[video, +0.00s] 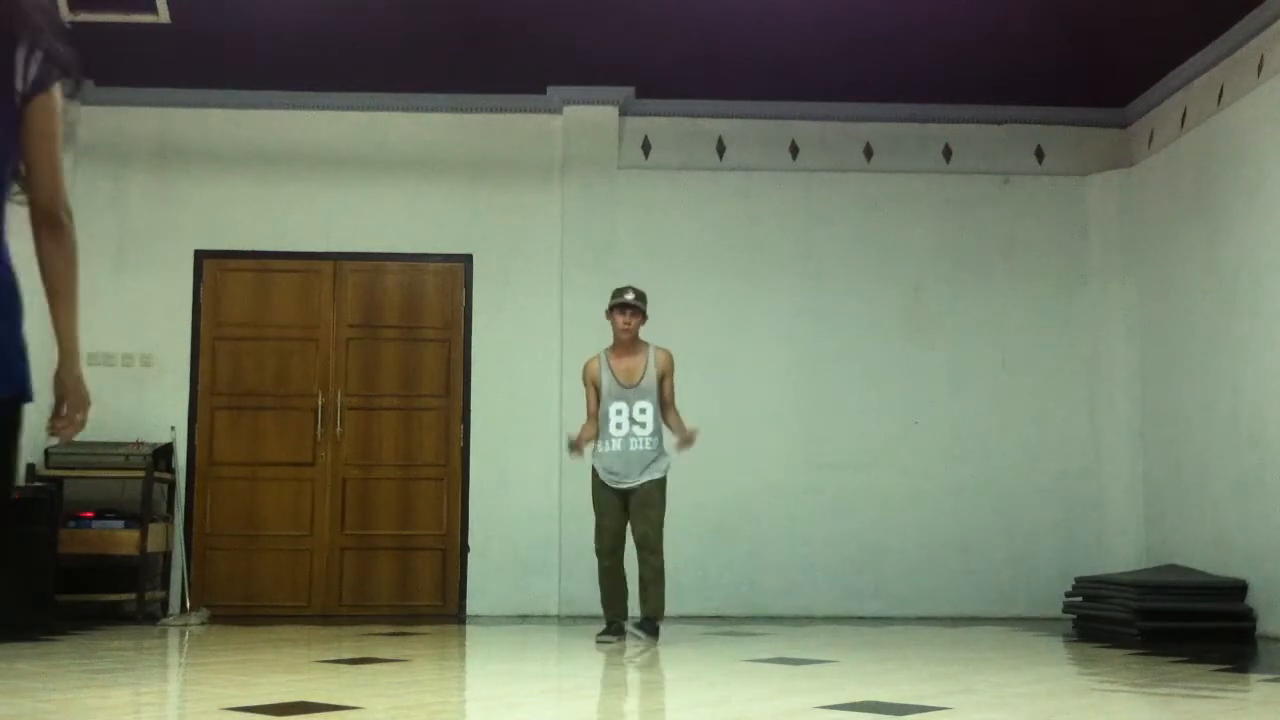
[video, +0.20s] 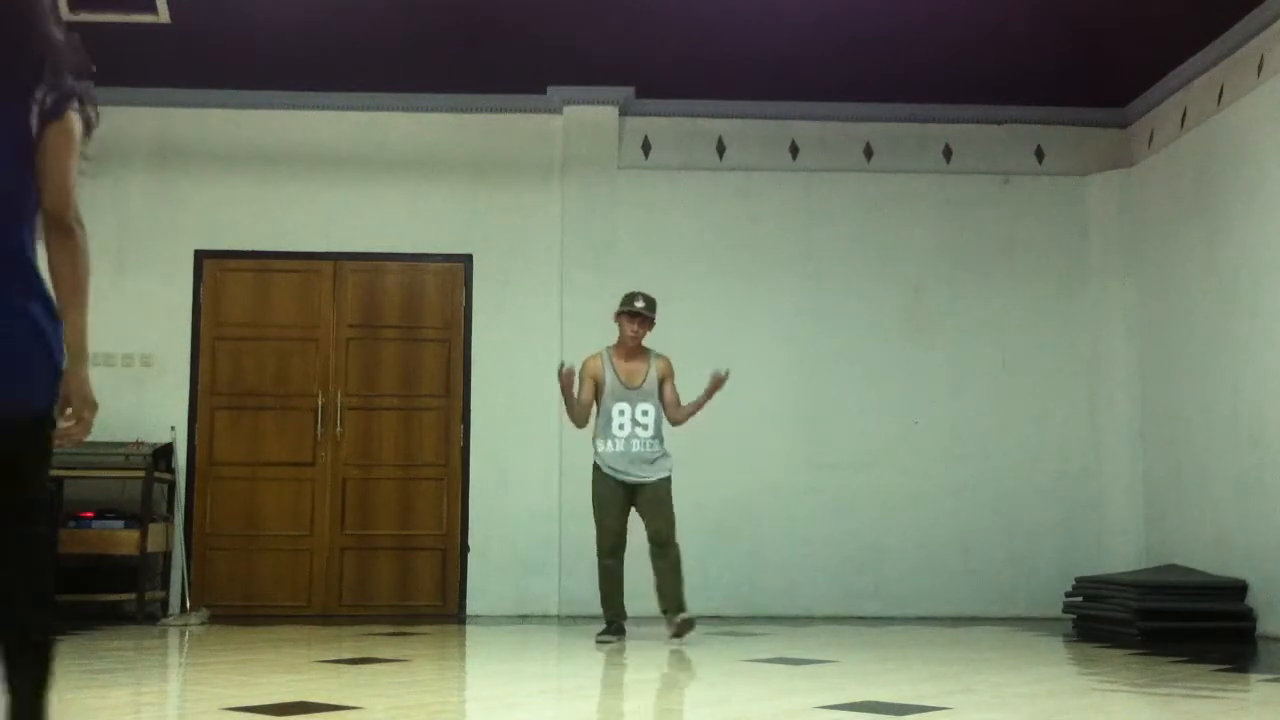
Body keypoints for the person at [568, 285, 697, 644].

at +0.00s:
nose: (626, 317)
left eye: (634, 312)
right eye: (620, 311)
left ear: (643, 318)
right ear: (610, 316)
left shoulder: (660, 359)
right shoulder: (594, 367)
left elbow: (668, 407)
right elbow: (592, 419)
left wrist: (681, 431)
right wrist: (582, 438)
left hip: (648, 472)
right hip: (607, 473)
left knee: (648, 546)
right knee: (608, 550)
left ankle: (650, 621)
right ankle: (614, 622)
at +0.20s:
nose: (636, 325)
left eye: (643, 320)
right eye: (630, 318)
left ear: (651, 325)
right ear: (618, 319)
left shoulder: (660, 366)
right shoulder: (595, 365)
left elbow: (676, 416)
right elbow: (580, 419)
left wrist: (707, 394)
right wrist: (567, 392)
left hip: (653, 472)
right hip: (609, 473)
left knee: (663, 540)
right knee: (609, 549)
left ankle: (676, 615)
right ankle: (614, 624)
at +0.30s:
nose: (642, 327)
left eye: (650, 322)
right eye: (637, 319)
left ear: (656, 327)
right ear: (624, 319)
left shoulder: (662, 366)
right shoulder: (598, 364)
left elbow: (677, 415)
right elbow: (580, 413)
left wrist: (710, 385)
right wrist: (568, 378)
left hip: (657, 473)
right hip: (612, 473)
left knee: (678, 538)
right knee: (611, 549)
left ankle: (695, 612)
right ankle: (614, 624)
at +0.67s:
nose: (660, 332)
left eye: (667, 327)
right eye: (654, 326)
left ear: (676, 332)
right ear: (644, 329)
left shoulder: (688, 373)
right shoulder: (624, 371)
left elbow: (705, 421)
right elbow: (605, 415)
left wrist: (731, 387)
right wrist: (589, 373)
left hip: (682, 482)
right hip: (636, 480)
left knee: (709, 550)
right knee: (621, 550)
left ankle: (715, 621)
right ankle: (615, 623)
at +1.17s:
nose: (697, 331)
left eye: (705, 325)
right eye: (692, 324)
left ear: (719, 332)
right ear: (685, 329)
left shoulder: (731, 376)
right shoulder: (667, 365)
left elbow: (755, 427)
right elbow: (620, 395)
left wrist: (759, 476)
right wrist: (613, 447)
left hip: (711, 485)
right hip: (664, 481)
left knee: (725, 550)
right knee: (637, 548)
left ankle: (718, 620)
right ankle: (617, 621)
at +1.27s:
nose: (704, 326)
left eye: (712, 321)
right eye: (700, 320)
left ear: (727, 327)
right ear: (694, 324)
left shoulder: (739, 374)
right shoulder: (675, 361)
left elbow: (748, 427)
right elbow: (635, 401)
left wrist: (748, 475)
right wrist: (624, 451)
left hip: (716, 483)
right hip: (670, 477)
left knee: (726, 553)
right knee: (641, 547)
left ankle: (718, 621)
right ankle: (620, 618)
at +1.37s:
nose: (709, 324)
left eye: (716, 318)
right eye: (704, 318)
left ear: (732, 324)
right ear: (698, 322)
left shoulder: (745, 372)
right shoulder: (677, 359)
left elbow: (743, 425)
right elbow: (651, 407)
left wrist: (734, 467)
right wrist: (642, 455)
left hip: (720, 478)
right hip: (674, 473)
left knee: (723, 552)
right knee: (648, 539)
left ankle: (717, 620)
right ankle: (638, 608)